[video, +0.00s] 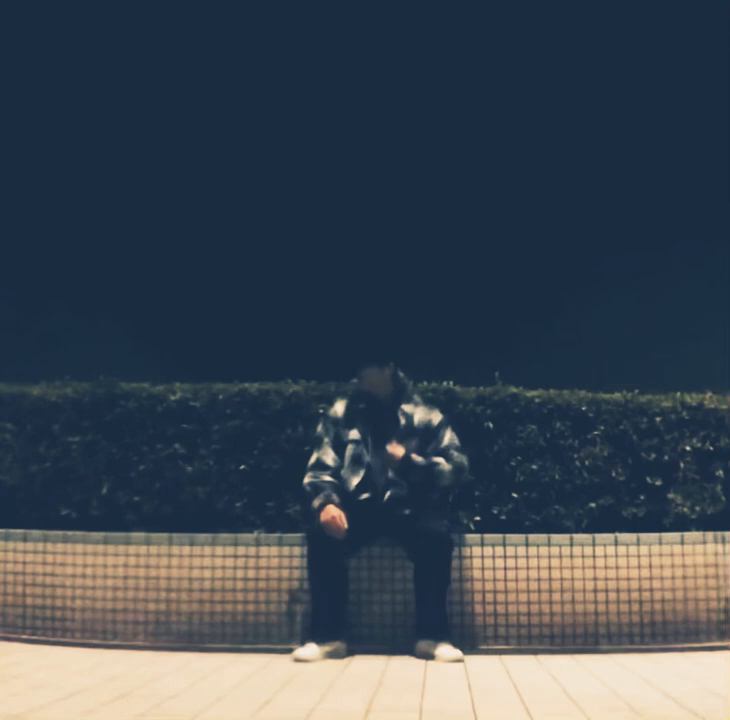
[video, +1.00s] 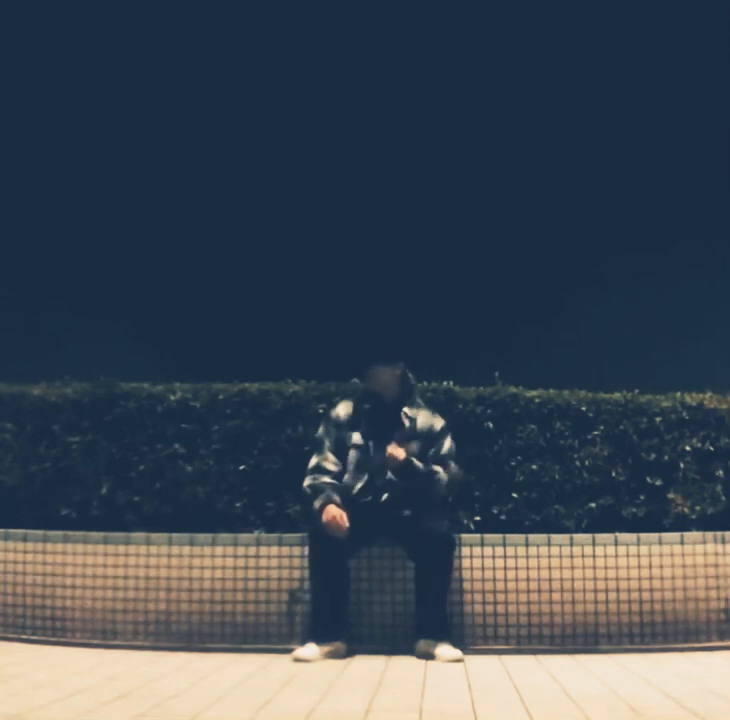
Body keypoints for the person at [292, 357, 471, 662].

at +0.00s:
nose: (374, 377)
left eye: (381, 369)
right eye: (367, 370)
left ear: (394, 371)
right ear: (358, 375)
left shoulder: (426, 417)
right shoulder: (341, 414)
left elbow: (456, 469)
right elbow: (320, 469)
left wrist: (410, 462)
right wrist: (325, 503)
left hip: (409, 511)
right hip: (359, 510)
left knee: (436, 540)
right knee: (323, 535)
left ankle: (432, 639)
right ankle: (327, 639)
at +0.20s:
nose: (369, 385)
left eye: (377, 375)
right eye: (364, 377)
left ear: (392, 376)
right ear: (357, 379)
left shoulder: (426, 417)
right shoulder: (342, 416)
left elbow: (463, 465)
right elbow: (322, 469)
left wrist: (417, 463)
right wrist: (326, 503)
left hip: (411, 510)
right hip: (360, 510)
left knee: (436, 540)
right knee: (324, 535)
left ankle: (432, 639)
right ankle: (327, 639)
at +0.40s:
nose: (380, 376)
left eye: (388, 368)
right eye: (374, 368)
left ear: (401, 372)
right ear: (364, 373)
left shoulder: (426, 420)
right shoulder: (345, 415)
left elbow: (440, 489)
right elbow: (323, 469)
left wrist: (419, 465)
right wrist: (327, 502)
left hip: (407, 511)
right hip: (357, 510)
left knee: (436, 539)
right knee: (324, 536)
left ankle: (432, 638)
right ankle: (327, 639)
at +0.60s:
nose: (371, 383)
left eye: (378, 375)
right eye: (367, 376)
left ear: (394, 376)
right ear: (360, 380)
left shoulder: (430, 420)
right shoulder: (345, 417)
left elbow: (459, 471)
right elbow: (322, 471)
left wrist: (415, 468)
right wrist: (328, 503)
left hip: (413, 512)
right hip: (360, 511)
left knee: (437, 540)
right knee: (325, 535)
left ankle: (431, 638)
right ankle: (327, 639)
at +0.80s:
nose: (367, 375)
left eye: (376, 367)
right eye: (364, 368)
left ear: (396, 368)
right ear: (361, 372)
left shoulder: (431, 419)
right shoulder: (345, 416)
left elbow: (449, 484)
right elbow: (325, 469)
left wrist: (425, 460)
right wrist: (328, 501)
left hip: (411, 512)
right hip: (359, 511)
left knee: (438, 539)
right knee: (325, 534)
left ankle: (432, 638)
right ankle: (327, 639)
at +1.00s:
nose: (377, 374)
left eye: (385, 366)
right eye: (372, 366)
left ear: (400, 370)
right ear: (364, 372)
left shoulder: (428, 422)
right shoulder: (343, 416)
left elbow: (447, 482)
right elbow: (320, 471)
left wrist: (409, 466)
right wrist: (327, 503)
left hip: (409, 513)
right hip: (357, 512)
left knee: (438, 540)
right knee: (325, 536)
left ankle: (432, 638)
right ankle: (327, 639)